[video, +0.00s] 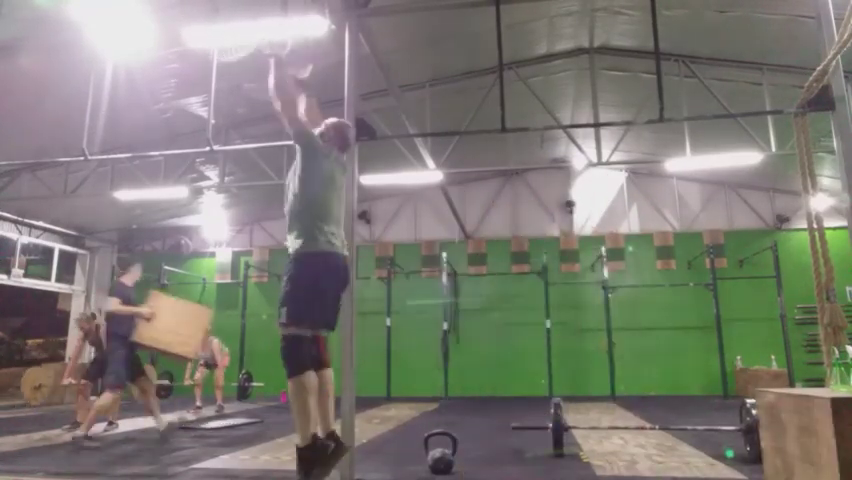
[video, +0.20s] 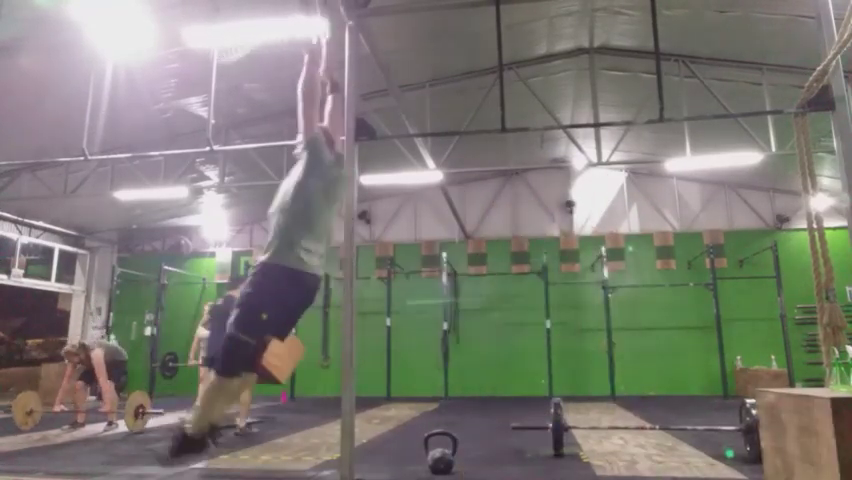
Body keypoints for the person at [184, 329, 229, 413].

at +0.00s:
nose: (204, 336)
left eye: (206, 333)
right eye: (202, 334)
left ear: (208, 333)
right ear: (200, 334)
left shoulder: (214, 342)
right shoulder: (197, 343)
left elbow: (219, 356)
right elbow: (190, 360)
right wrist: (187, 378)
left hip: (217, 362)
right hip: (205, 361)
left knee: (218, 383)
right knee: (197, 379)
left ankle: (219, 403)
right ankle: (198, 403)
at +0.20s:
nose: (207, 314)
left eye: (209, 312)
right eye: (206, 311)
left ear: (213, 313)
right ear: (203, 312)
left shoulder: (215, 328)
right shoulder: (201, 328)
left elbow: (217, 345)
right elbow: (195, 344)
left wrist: (218, 357)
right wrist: (192, 357)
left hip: (213, 358)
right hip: (203, 359)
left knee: (211, 381)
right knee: (202, 380)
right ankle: (199, 401)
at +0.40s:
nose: (203, 317)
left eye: (206, 315)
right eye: (202, 315)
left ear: (212, 317)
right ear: (201, 317)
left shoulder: (218, 329)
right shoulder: (199, 330)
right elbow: (194, 347)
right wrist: (190, 363)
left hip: (218, 356)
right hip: (204, 356)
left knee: (218, 378)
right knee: (200, 377)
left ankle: (219, 403)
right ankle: (198, 403)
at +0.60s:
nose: (196, 348)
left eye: (198, 346)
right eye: (195, 346)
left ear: (204, 346)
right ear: (194, 346)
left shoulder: (213, 353)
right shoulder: (194, 354)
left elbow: (217, 371)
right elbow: (190, 371)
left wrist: (219, 392)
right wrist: (184, 389)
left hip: (220, 365)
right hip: (205, 368)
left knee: (215, 380)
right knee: (194, 379)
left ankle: (219, 403)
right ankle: (197, 404)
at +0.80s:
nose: (201, 318)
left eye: (204, 316)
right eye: (200, 316)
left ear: (210, 317)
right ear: (199, 317)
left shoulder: (216, 328)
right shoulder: (198, 329)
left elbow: (222, 345)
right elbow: (194, 346)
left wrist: (223, 362)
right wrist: (190, 362)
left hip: (217, 355)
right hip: (204, 355)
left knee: (218, 378)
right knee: (201, 376)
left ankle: (219, 402)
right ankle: (198, 403)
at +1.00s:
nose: (206, 313)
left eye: (209, 310)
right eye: (205, 310)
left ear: (215, 312)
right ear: (204, 312)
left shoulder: (220, 324)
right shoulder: (202, 325)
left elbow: (224, 341)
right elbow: (197, 342)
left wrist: (224, 357)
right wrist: (192, 358)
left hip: (217, 354)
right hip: (204, 354)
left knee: (217, 378)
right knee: (202, 379)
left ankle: (219, 403)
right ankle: (199, 403)